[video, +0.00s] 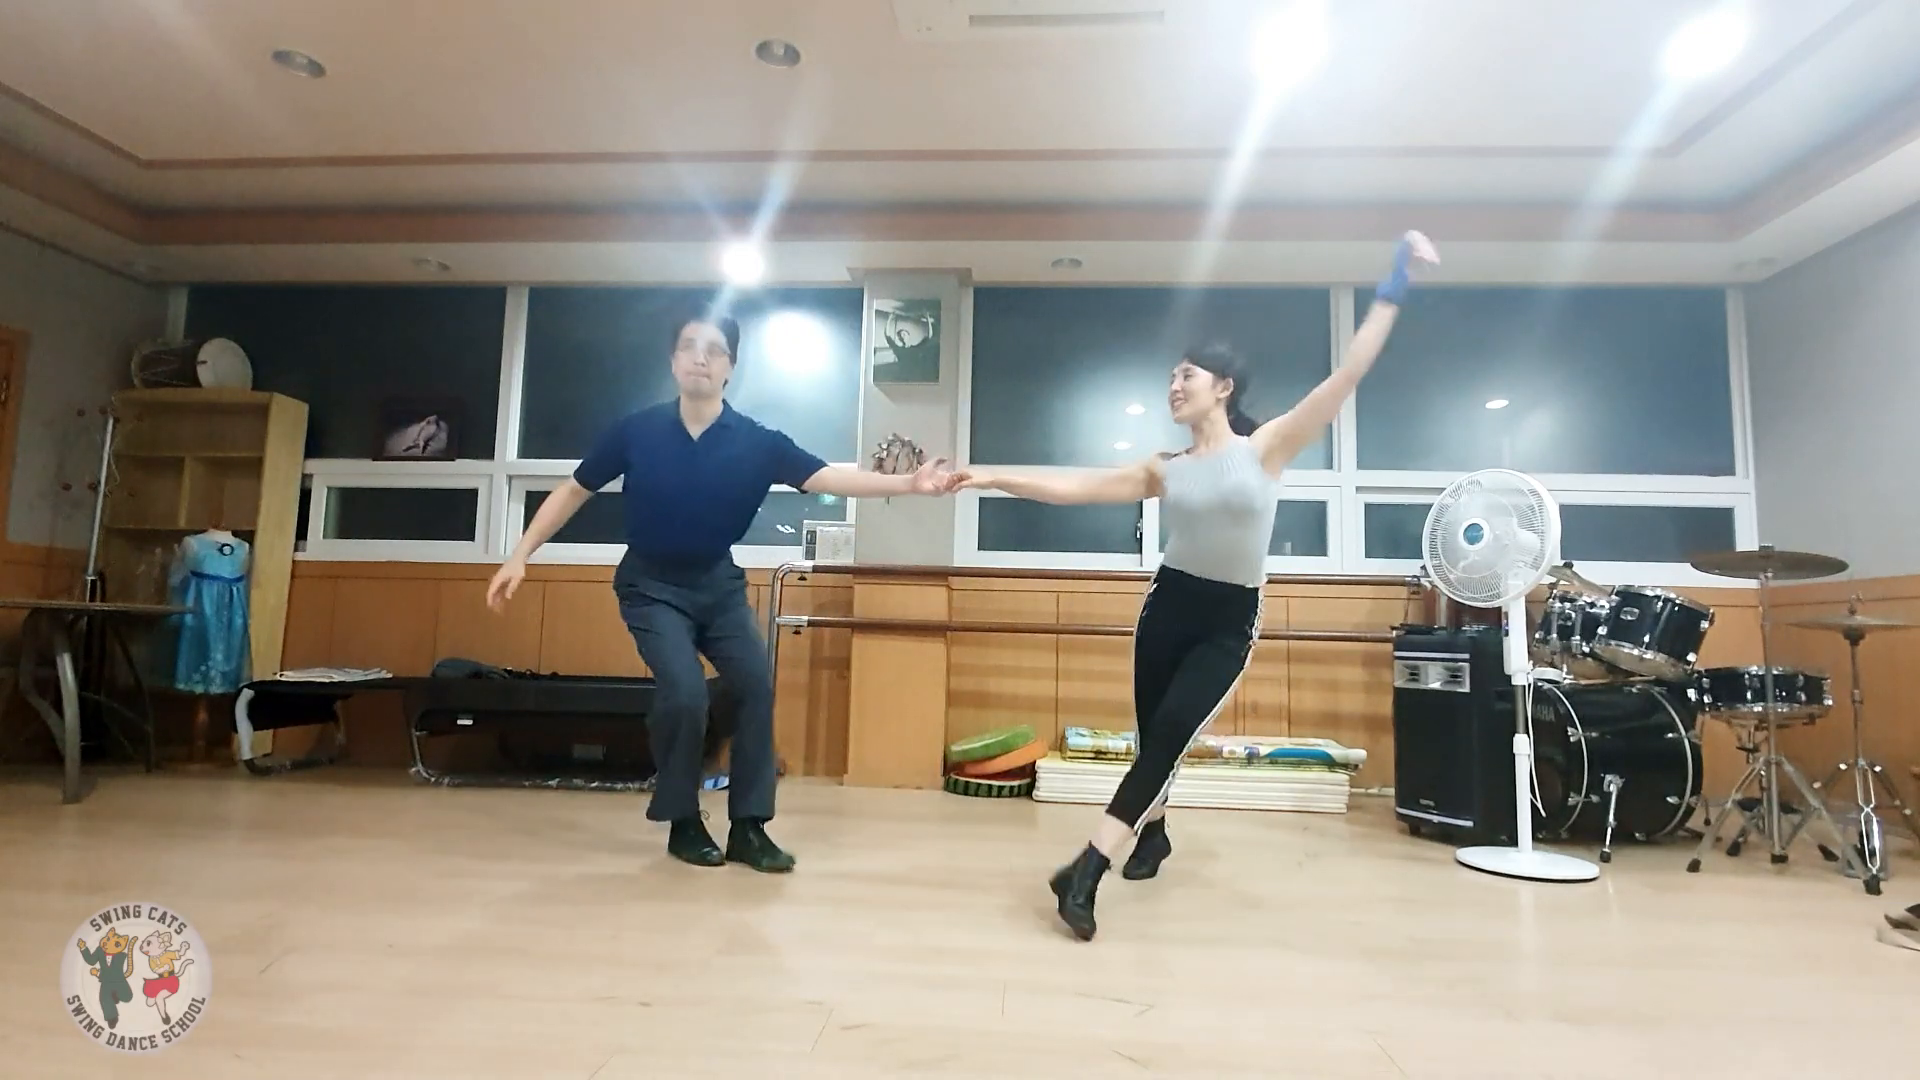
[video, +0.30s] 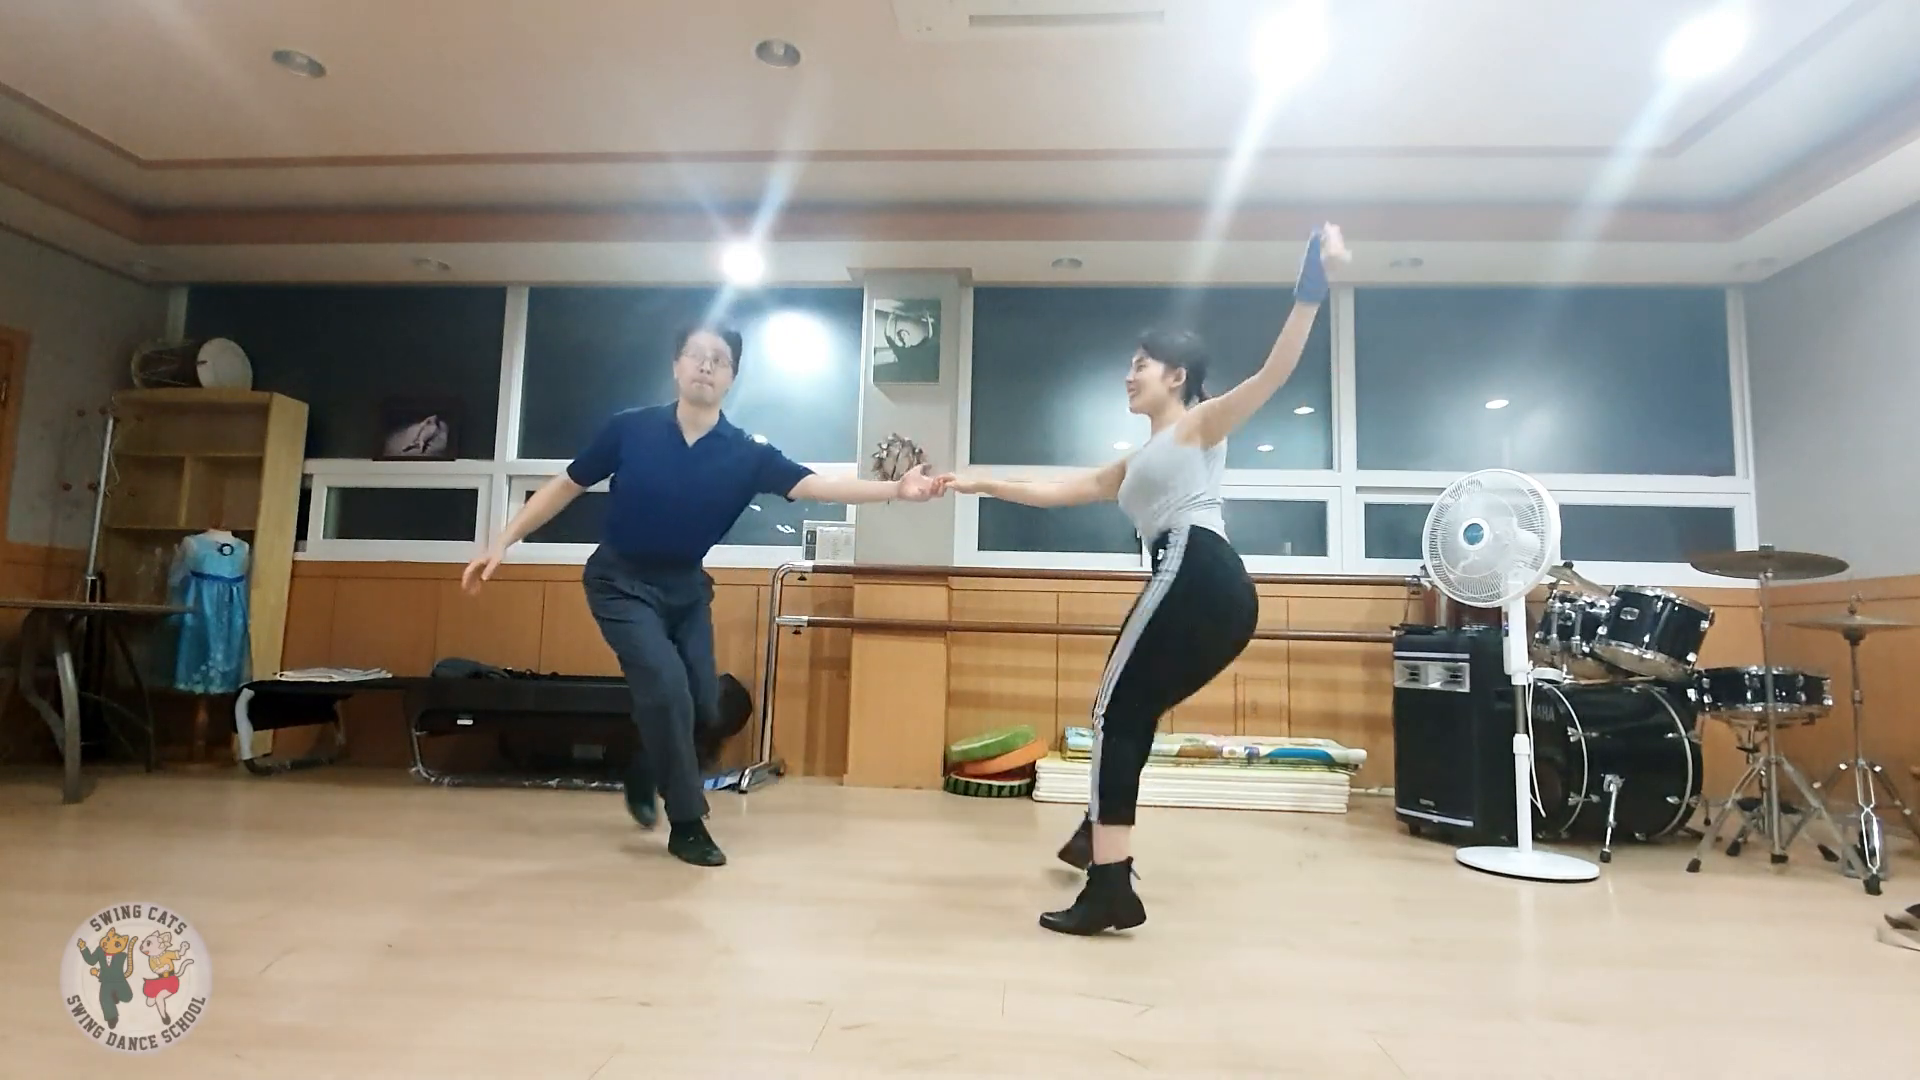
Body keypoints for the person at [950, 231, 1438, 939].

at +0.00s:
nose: (1175, 383)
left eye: (1189, 374)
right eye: (1173, 375)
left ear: (1224, 388)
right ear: (1175, 393)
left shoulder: (1266, 449)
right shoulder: (1162, 469)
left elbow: (1349, 373)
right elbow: (1069, 485)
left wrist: (1395, 288)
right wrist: (982, 476)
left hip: (1228, 620)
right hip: (1167, 609)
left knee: (1166, 732)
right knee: (1151, 734)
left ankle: (1087, 869)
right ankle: (1153, 830)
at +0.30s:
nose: (1130, 374)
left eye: (1142, 364)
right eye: (1130, 365)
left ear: (1177, 376)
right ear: (1148, 380)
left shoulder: (1199, 423)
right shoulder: (1132, 465)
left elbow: (1272, 375)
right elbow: (1050, 486)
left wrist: (1313, 288)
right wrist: (966, 478)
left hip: (1195, 575)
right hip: (1217, 599)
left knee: (1118, 708)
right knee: (1131, 706)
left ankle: (1112, 885)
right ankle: (1101, 827)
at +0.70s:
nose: (1078, 372)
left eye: (1088, 362)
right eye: (1081, 362)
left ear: (1121, 369)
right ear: (1114, 372)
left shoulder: (1163, 430)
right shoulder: (1085, 454)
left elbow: (1236, 440)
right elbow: (1010, 483)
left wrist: (1281, 382)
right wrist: (925, 481)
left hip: (1169, 597)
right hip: (1126, 598)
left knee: (1066, 693)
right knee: (1067, 700)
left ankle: (1047, 844)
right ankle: (1103, 839)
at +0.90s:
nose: (1024, 379)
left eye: (1032, 369)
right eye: (1026, 369)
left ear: (1065, 372)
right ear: (1057, 374)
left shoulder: (1121, 439)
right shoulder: (1031, 456)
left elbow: (1208, 469)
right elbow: (956, 487)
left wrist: (1280, 451)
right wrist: (875, 485)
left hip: (1101, 606)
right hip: (1040, 602)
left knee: (1042, 723)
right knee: (1043, 726)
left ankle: (967, 865)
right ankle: (1094, 835)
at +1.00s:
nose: (979, 365)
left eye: (985, 355)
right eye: (981, 356)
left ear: (1015, 360)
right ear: (1011, 363)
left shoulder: (1065, 430)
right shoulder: (984, 444)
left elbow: (1143, 480)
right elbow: (922, 492)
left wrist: (1219, 491)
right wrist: (840, 491)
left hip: (1054, 590)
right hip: (995, 592)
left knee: (1007, 716)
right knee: (1024, 722)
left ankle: (973, 867)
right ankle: (1089, 830)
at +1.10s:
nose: (928, 353)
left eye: (934, 343)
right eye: (930, 343)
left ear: (960, 348)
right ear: (961, 349)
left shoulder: (992, 408)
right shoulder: (948, 422)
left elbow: (1034, 461)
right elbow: (900, 493)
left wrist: (1081, 497)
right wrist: (822, 496)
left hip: (994, 570)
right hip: (958, 574)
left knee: (956, 715)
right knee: (954, 717)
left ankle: (984, 866)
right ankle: (1054, 810)